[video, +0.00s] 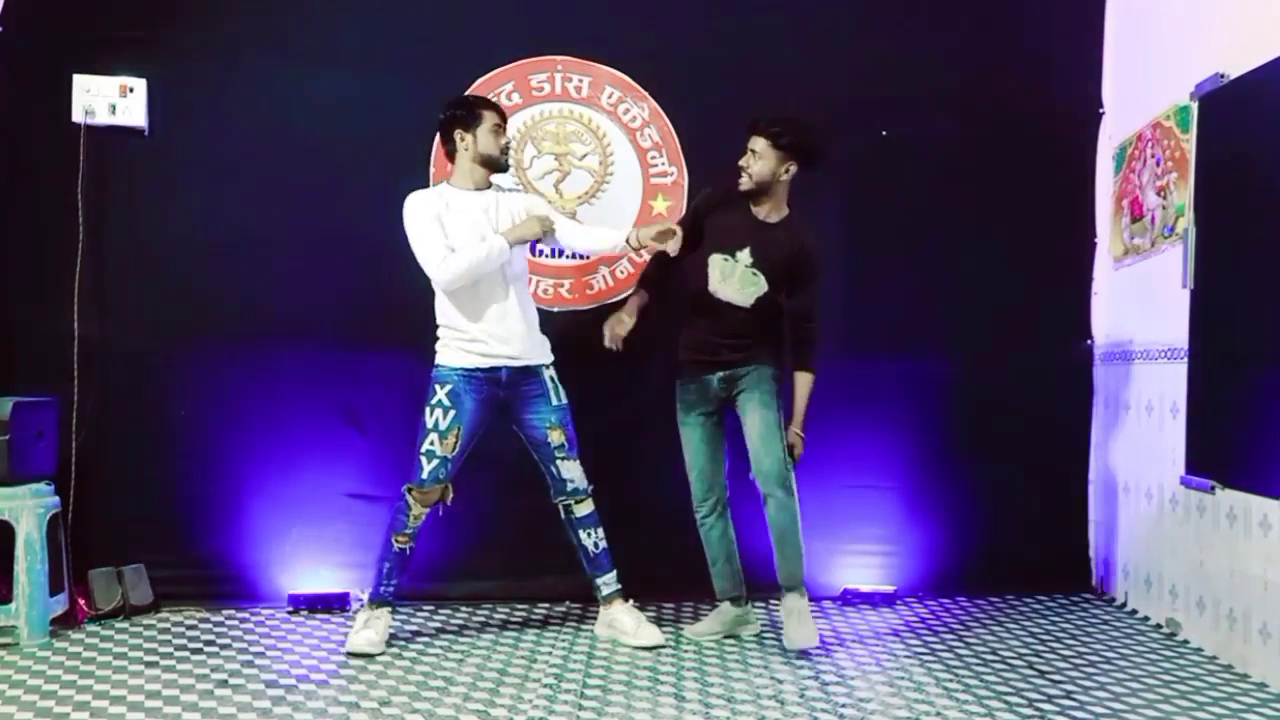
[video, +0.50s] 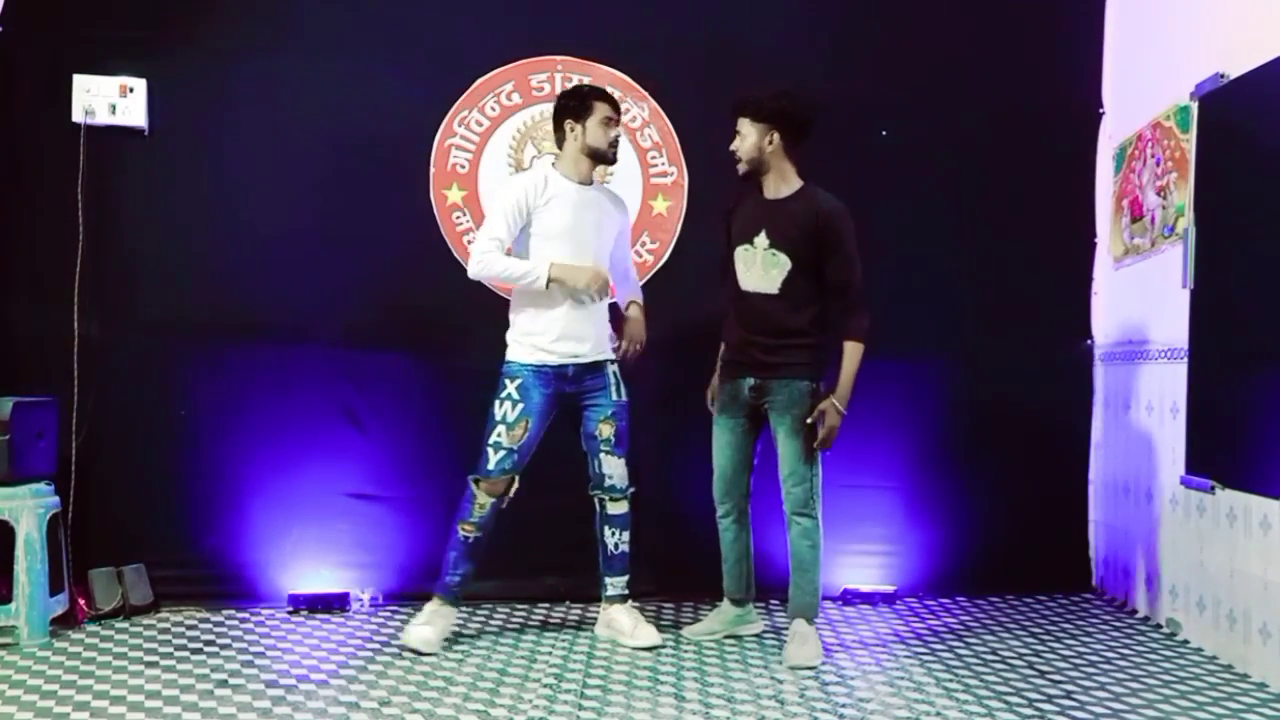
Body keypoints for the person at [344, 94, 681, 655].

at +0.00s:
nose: (506, 141)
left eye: (505, 131)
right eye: (496, 131)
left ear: (477, 140)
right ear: (460, 138)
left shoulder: (515, 199)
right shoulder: (423, 204)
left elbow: (570, 234)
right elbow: (446, 273)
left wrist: (632, 238)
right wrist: (513, 237)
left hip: (531, 365)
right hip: (462, 368)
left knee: (572, 481)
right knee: (425, 485)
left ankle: (613, 604)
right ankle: (378, 607)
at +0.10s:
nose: (523, 139)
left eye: (524, 130)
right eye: (514, 129)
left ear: (506, 138)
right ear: (478, 135)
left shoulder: (532, 205)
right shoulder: (438, 200)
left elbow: (579, 254)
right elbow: (452, 273)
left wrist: (622, 256)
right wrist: (523, 247)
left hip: (533, 366)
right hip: (465, 366)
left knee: (577, 481)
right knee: (428, 486)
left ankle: (614, 605)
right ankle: (378, 608)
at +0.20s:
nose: (547, 142)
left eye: (547, 132)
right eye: (537, 131)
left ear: (525, 140)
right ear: (501, 137)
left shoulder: (550, 207)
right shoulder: (458, 195)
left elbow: (586, 265)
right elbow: (472, 268)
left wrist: (618, 270)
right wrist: (547, 248)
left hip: (542, 368)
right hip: (473, 369)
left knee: (589, 480)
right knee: (433, 486)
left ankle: (613, 606)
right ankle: (379, 608)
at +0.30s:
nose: (573, 145)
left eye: (573, 136)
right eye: (564, 135)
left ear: (554, 142)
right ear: (529, 138)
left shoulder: (574, 210)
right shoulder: (486, 198)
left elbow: (596, 286)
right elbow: (490, 270)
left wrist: (612, 295)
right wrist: (569, 242)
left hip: (561, 370)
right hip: (492, 371)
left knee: (604, 480)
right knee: (442, 486)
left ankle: (615, 606)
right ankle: (380, 607)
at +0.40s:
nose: (598, 140)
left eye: (599, 132)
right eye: (588, 130)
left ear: (586, 141)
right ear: (554, 135)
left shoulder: (597, 213)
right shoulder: (514, 194)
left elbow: (607, 276)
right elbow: (494, 271)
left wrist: (620, 308)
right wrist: (568, 253)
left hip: (584, 367)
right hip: (517, 367)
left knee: (613, 482)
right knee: (463, 482)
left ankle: (616, 606)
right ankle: (399, 606)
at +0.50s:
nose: (617, 133)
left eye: (618, 125)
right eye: (607, 123)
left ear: (591, 133)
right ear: (571, 128)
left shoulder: (614, 207)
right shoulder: (525, 188)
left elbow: (624, 272)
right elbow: (483, 262)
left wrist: (634, 308)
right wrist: (556, 273)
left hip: (598, 362)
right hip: (532, 360)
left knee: (613, 481)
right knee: (493, 479)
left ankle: (616, 605)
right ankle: (445, 603)